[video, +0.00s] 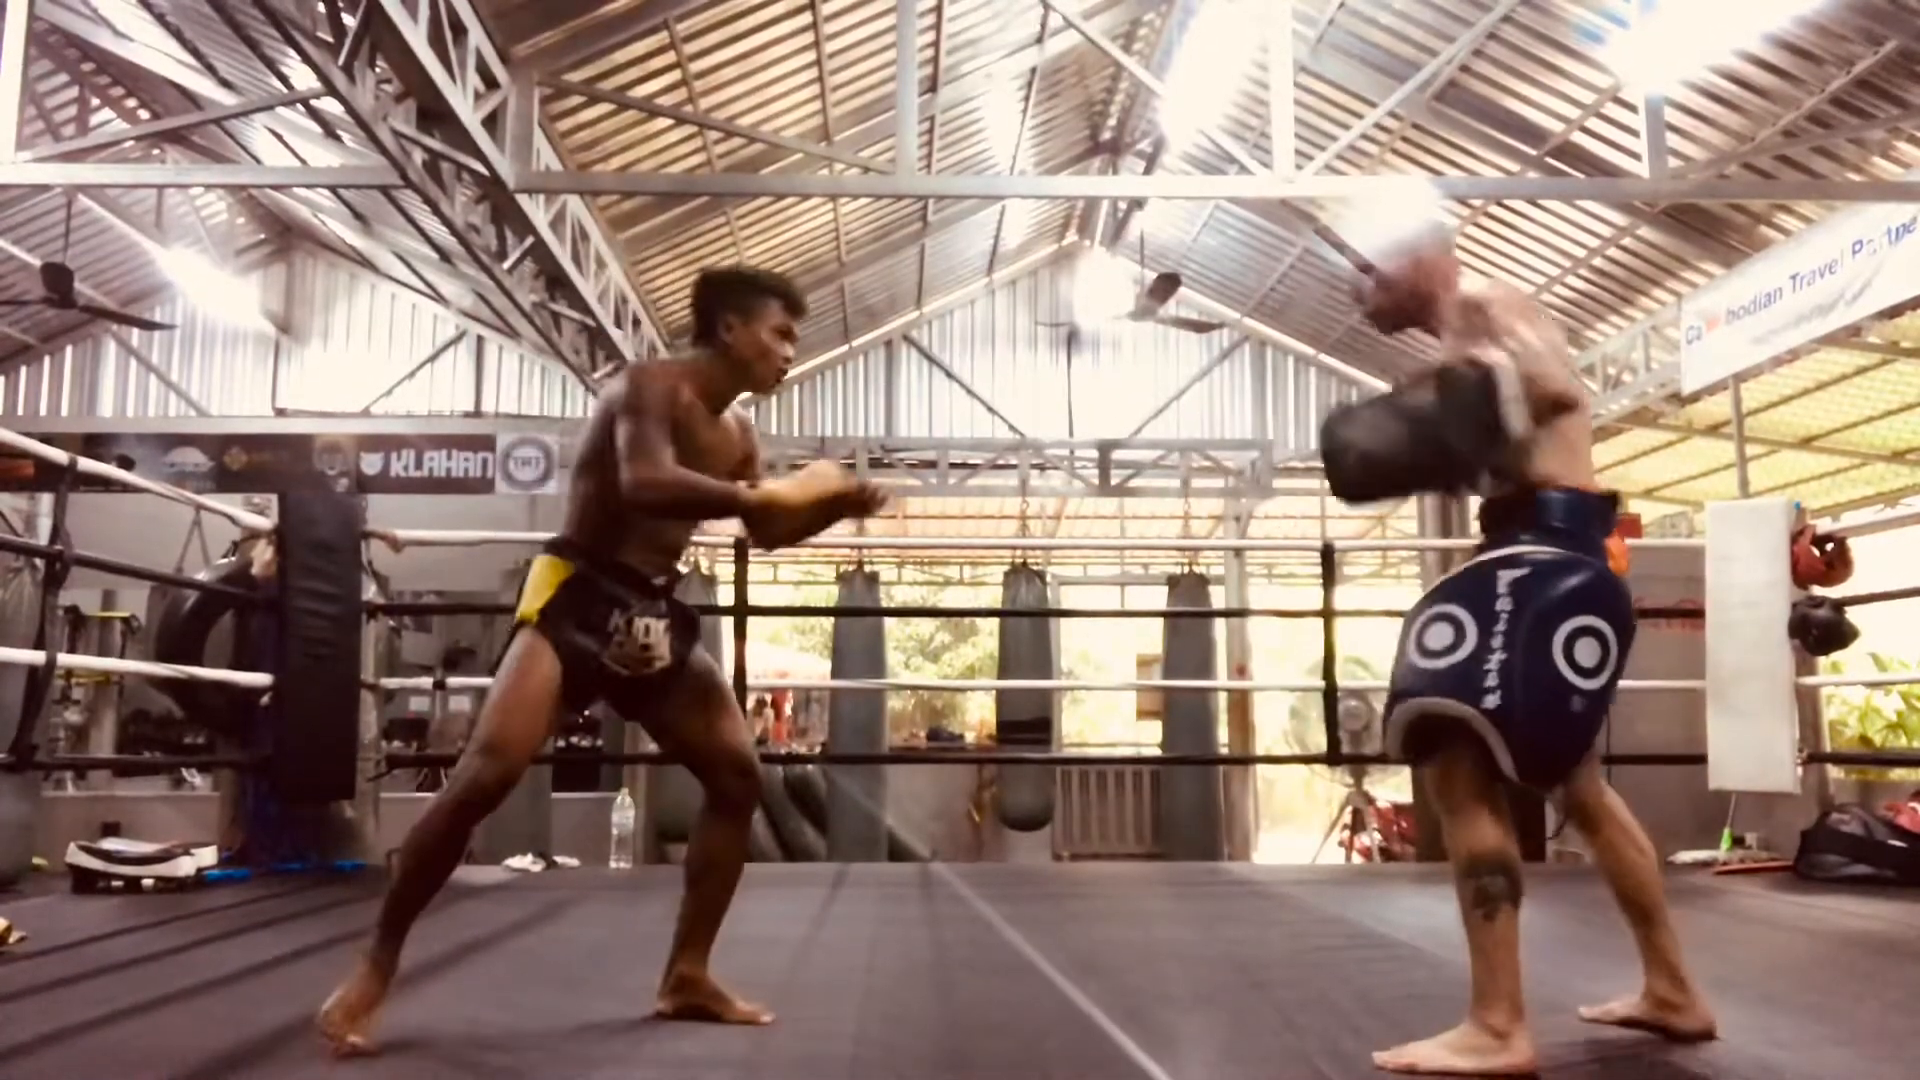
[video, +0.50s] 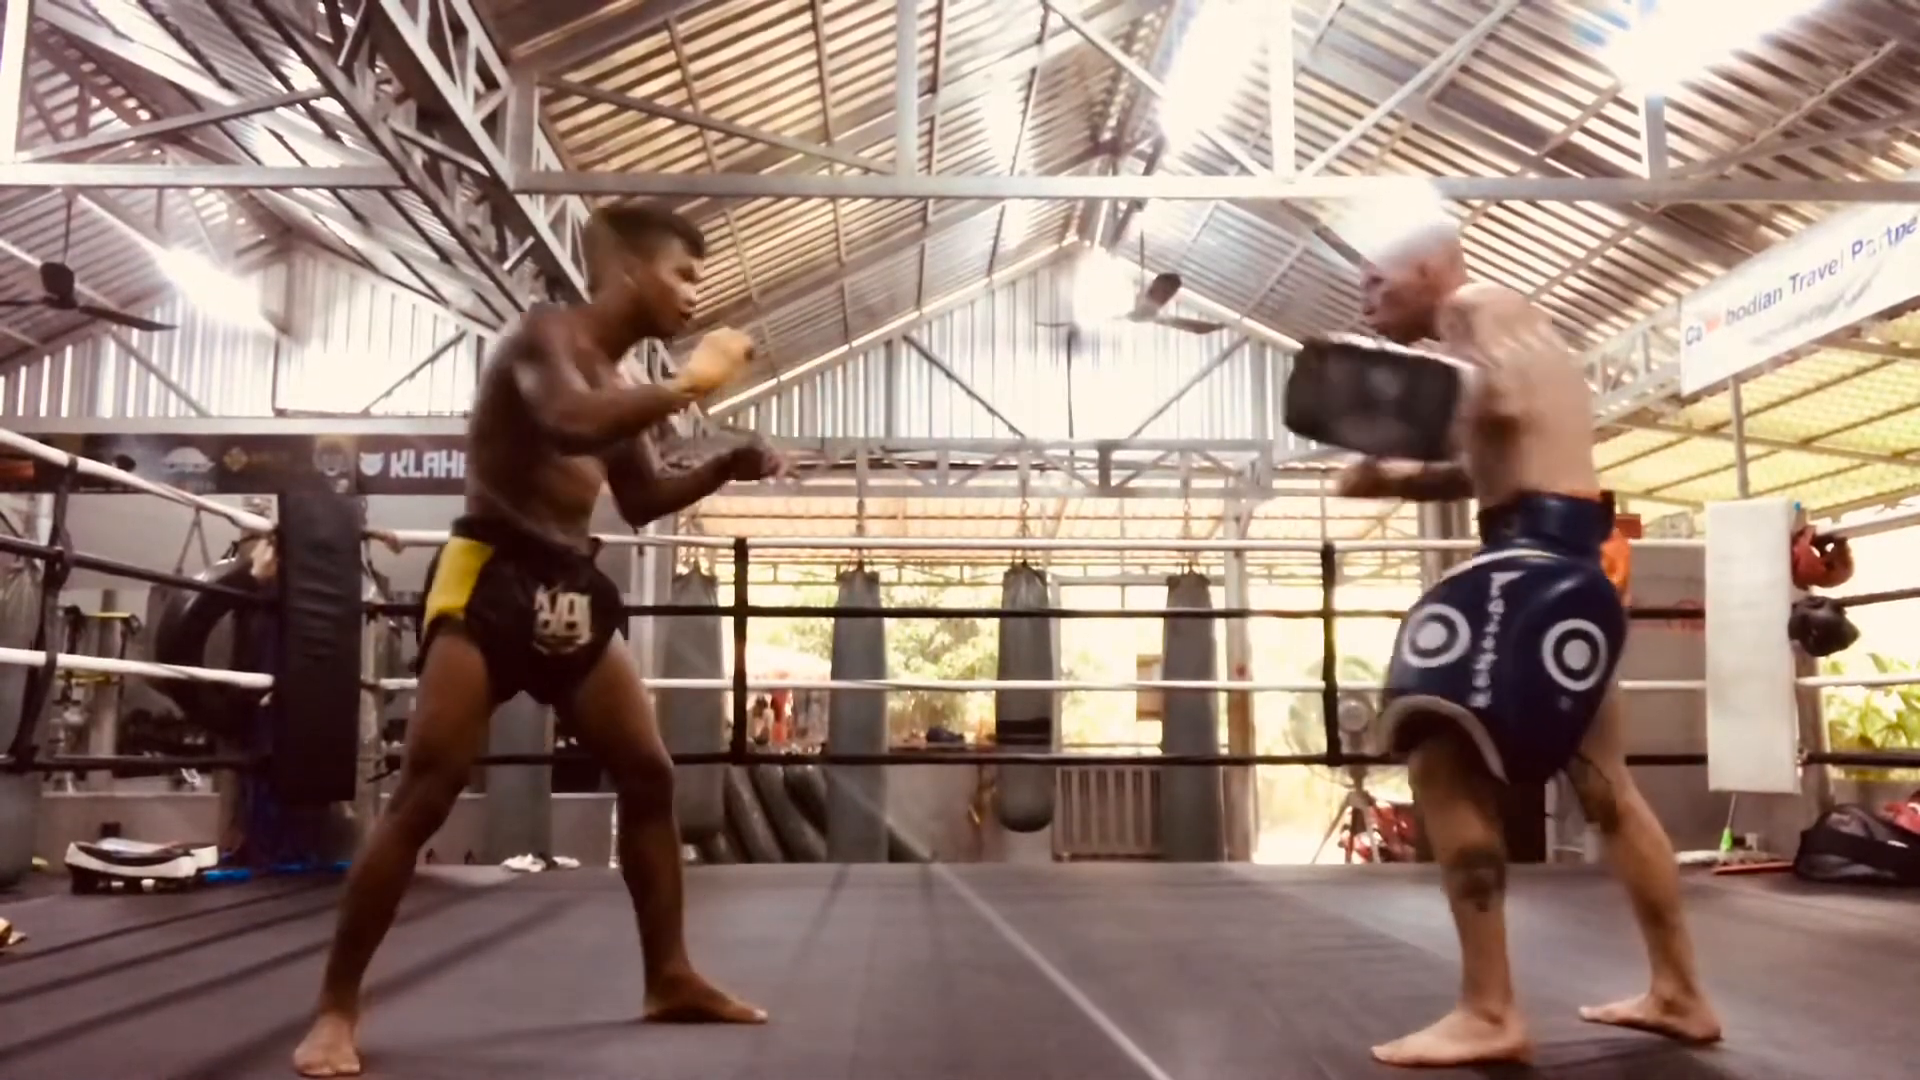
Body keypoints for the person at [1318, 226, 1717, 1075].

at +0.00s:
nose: (1364, 295)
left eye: (1371, 273)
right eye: (1359, 278)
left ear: (1420, 258)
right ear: (1425, 260)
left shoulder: (1493, 307)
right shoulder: (1465, 334)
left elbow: (1560, 387)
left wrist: (1459, 391)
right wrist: (1408, 428)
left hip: (1540, 541)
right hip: (1552, 541)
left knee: (1458, 767)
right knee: (1580, 785)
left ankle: (1496, 1023)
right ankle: (1673, 992)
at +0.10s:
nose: (1375, 307)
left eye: (1382, 285)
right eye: (1372, 291)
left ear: (1436, 271)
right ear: (1429, 280)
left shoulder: (1521, 314)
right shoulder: (1470, 355)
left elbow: (1581, 400)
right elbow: (1502, 440)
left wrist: (1469, 420)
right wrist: (1425, 461)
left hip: (1570, 546)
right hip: (1556, 547)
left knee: (1462, 756)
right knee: (1592, 783)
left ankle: (1492, 1014)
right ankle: (1676, 993)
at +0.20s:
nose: (1384, 308)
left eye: (1390, 285)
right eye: (1380, 291)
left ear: (1444, 266)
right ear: (1439, 274)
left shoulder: (1523, 307)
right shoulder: (1479, 344)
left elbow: (1585, 388)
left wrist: (1466, 396)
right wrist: (1426, 433)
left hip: (1573, 535)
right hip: (1561, 536)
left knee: (1475, 753)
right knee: (1605, 781)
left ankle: (1492, 1006)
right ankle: (1679, 991)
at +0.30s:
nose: (1388, 303)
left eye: (1395, 280)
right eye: (1384, 287)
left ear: (1450, 259)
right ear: (1445, 266)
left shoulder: (1512, 301)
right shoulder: (1480, 338)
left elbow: (1582, 382)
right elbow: (1497, 473)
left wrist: (1472, 386)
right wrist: (1423, 426)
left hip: (1561, 538)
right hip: (1569, 537)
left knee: (1482, 760)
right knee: (1608, 780)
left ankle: (1495, 1012)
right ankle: (1679, 991)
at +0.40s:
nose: (1383, 303)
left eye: (1390, 280)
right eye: (1379, 286)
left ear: (1445, 263)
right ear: (1448, 264)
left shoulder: (1494, 311)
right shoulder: (1529, 315)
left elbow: (1555, 395)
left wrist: (1434, 407)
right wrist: (1427, 421)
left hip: (1549, 546)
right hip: (1584, 544)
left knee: (1466, 761)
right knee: (1605, 784)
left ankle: (1492, 1016)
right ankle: (1681, 993)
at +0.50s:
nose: (1368, 305)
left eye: (1376, 284)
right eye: (1364, 289)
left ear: (1428, 268)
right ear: (1433, 268)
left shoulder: (1473, 309)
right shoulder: (1519, 324)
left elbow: (1507, 397)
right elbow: (1489, 469)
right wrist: (1391, 477)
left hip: (1531, 550)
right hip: (1581, 551)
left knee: (1443, 759)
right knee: (1605, 786)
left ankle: (1488, 1008)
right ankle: (1680, 992)